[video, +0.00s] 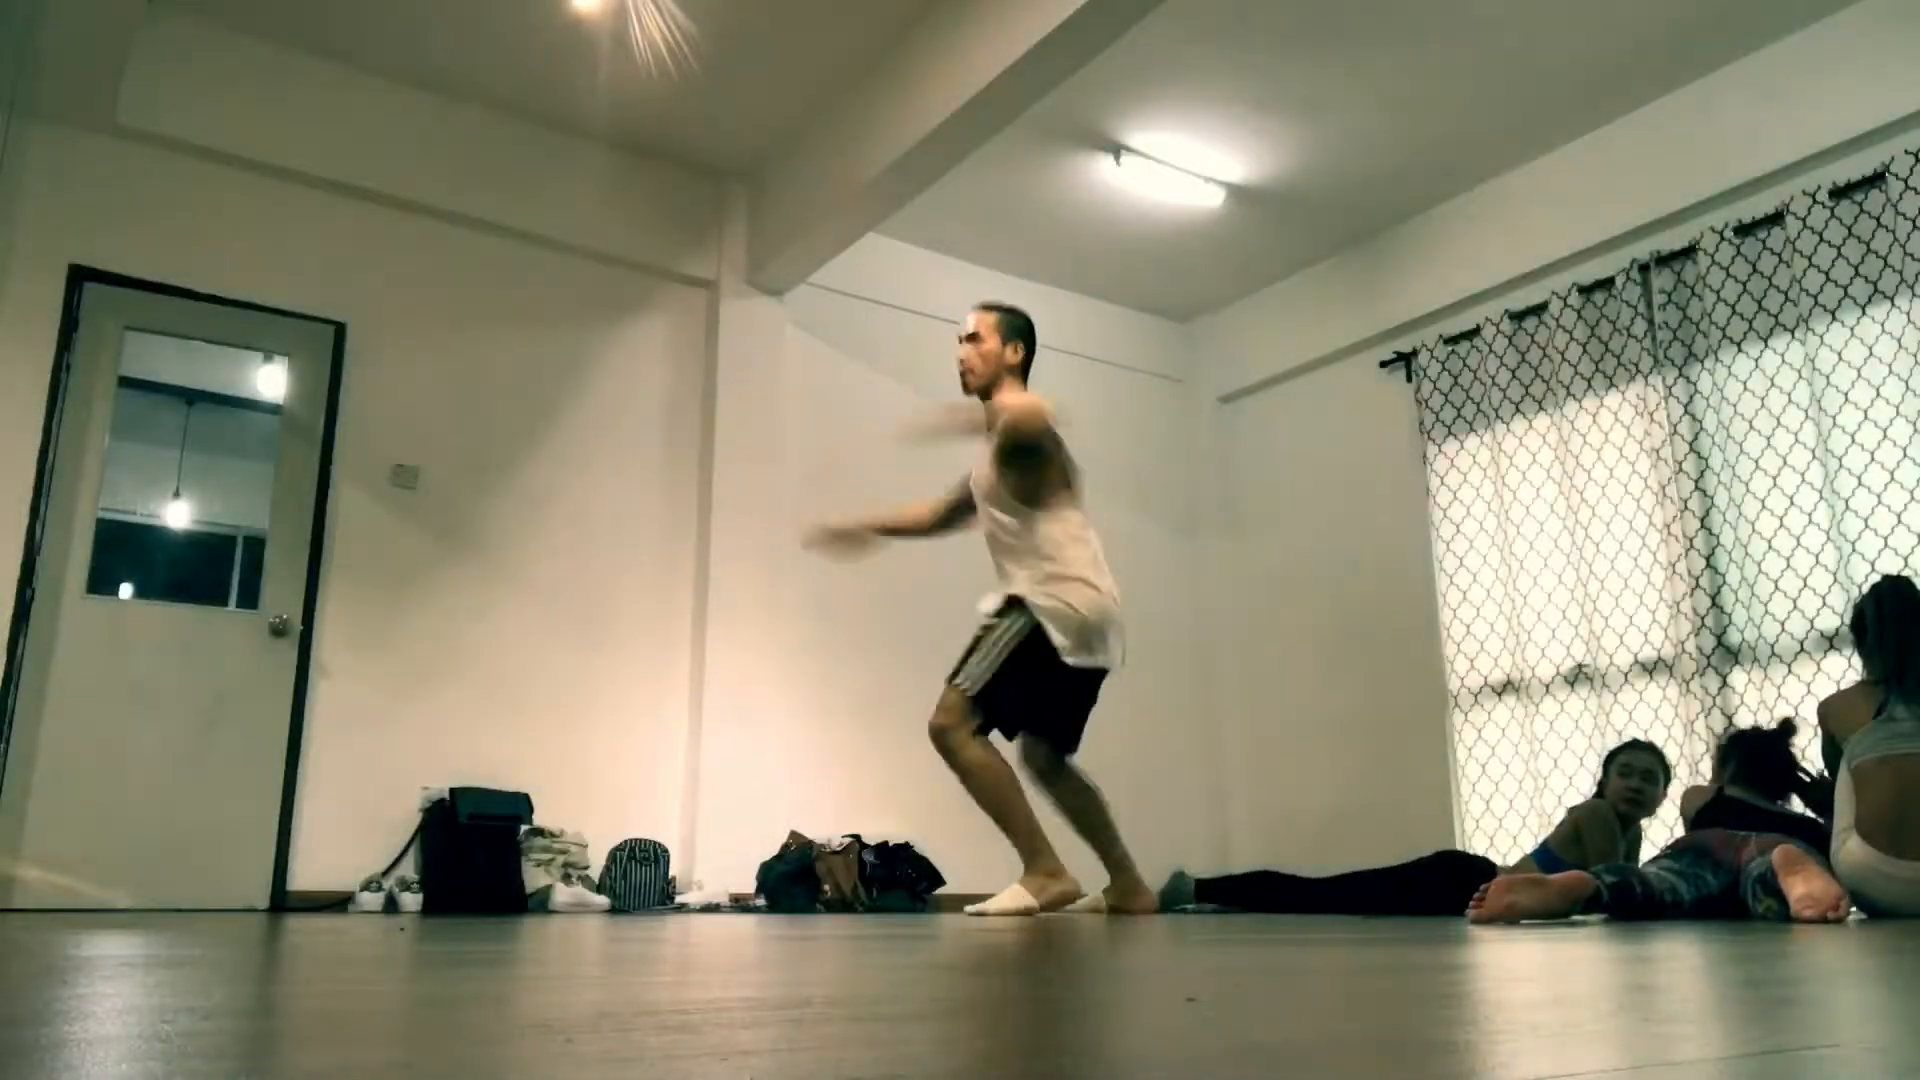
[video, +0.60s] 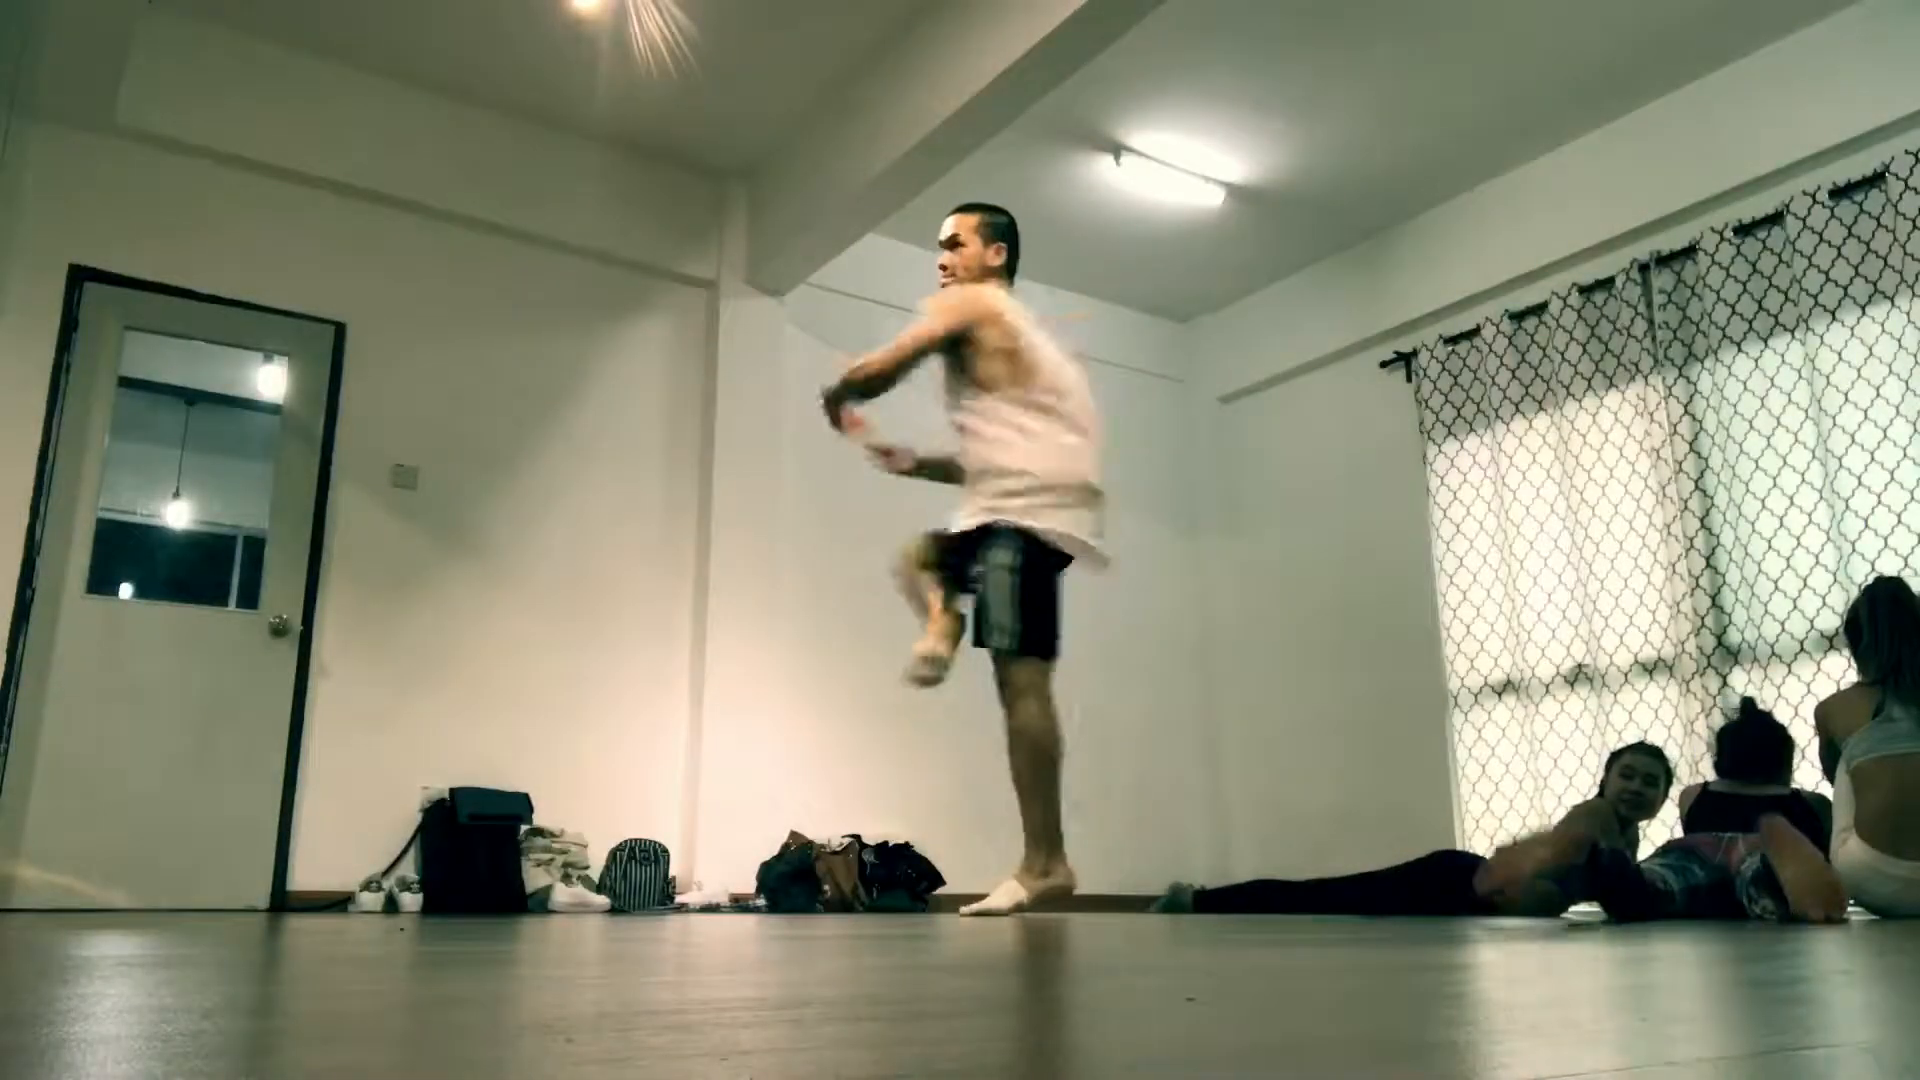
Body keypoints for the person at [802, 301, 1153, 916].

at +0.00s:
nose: (960, 351)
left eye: (974, 340)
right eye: (962, 341)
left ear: (1013, 353)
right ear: (995, 356)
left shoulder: (1024, 411)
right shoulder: (997, 454)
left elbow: (1025, 421)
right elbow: (941, 515)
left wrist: (976, 416)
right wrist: (864, 527)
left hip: (1048, 602)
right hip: (1086, 611)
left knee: (952, 725)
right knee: (1042, 756)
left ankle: (1045, 874)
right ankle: (1129, 885)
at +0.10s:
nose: (953, 321)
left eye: (966, 310)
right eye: (958, 308)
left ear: (1001, 323)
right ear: (1014, 327)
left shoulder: (957, 389)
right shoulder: (1059, 396)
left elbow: (870, 454)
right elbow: (1112, 477)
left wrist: (791, 480)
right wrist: (1092, 530)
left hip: (1009, 579)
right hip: (1086, 578)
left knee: (973, 731)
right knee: (1080, 712)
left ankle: (1033, 866)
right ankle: (1105, 858)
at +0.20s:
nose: (1029, 310)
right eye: (1028, 300)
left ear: (965, 310)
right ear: (1027, 304)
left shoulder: (942, 385)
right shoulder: (1043, 362)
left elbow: (923, 474)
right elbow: (1128, 423)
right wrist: (1180, 471)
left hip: (963, 565)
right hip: (1040, 545)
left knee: (997, 710)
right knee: (1115, 620)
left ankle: (985, 874)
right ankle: (1071, 769)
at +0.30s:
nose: (1014, 272)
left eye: (1024, 264)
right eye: (997, 263)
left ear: (1037, 285)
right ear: (972, 285)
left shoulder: (1037, 376)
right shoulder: (975, 343)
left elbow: (1071, 457)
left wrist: (1149, 455)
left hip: (991, 532)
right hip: (973, 511)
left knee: (989, 695)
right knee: (1109, 529)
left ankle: (942, 862)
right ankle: (1056, 669)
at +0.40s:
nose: (970, 272)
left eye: (984, 258)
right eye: (966, 263)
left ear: (1026, 268)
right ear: (969, 280)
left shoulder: (1073, 348)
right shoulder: (951, 349)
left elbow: (1137, 413)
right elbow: (876, 420)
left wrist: (1125, 379)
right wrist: (911, 382)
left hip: (1029, 537)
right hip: (957, 522)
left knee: (997, 697)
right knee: (929, 480)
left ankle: (975, 871)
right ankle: (1037, 639)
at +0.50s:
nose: (961, 266)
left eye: (976, 253)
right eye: (958, 256)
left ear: (1017, 262)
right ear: (961, 273)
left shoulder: (1051, 318)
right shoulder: (960, 368)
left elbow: (1034, 348)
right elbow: (900, 450)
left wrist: (924, 339)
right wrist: (845, 436)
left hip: (1042, 533)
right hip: (970, 521)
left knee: (1027, 700)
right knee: (849, 523)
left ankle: (1020, 873)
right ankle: (970, 611)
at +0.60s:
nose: (941, 257)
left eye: (955, 245)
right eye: (941, 246)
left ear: (996, 255)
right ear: (991, 263)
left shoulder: (973, 301)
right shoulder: (1014, 331)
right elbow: (1001, 458)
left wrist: (838, 396)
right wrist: (915, 462)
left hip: (1022, 505)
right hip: (1032, 506)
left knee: (1025, 691)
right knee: (920, 555)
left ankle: (1043, 865)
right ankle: (941, 624)